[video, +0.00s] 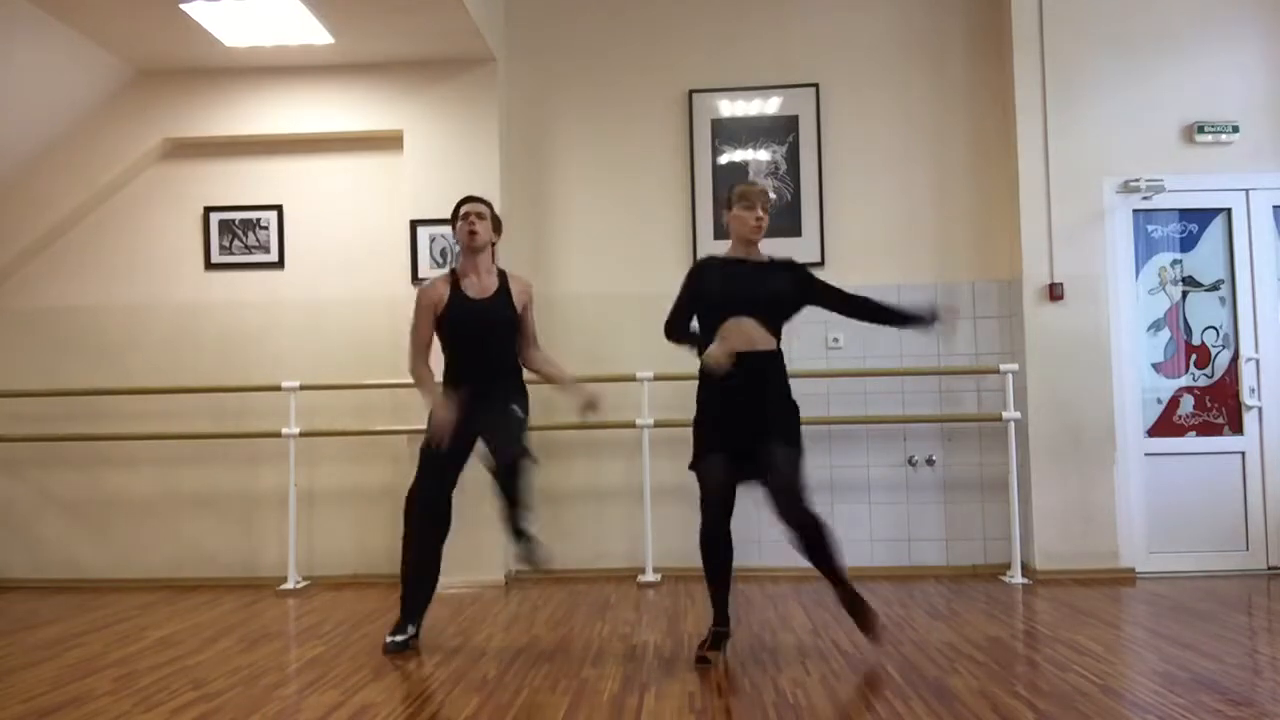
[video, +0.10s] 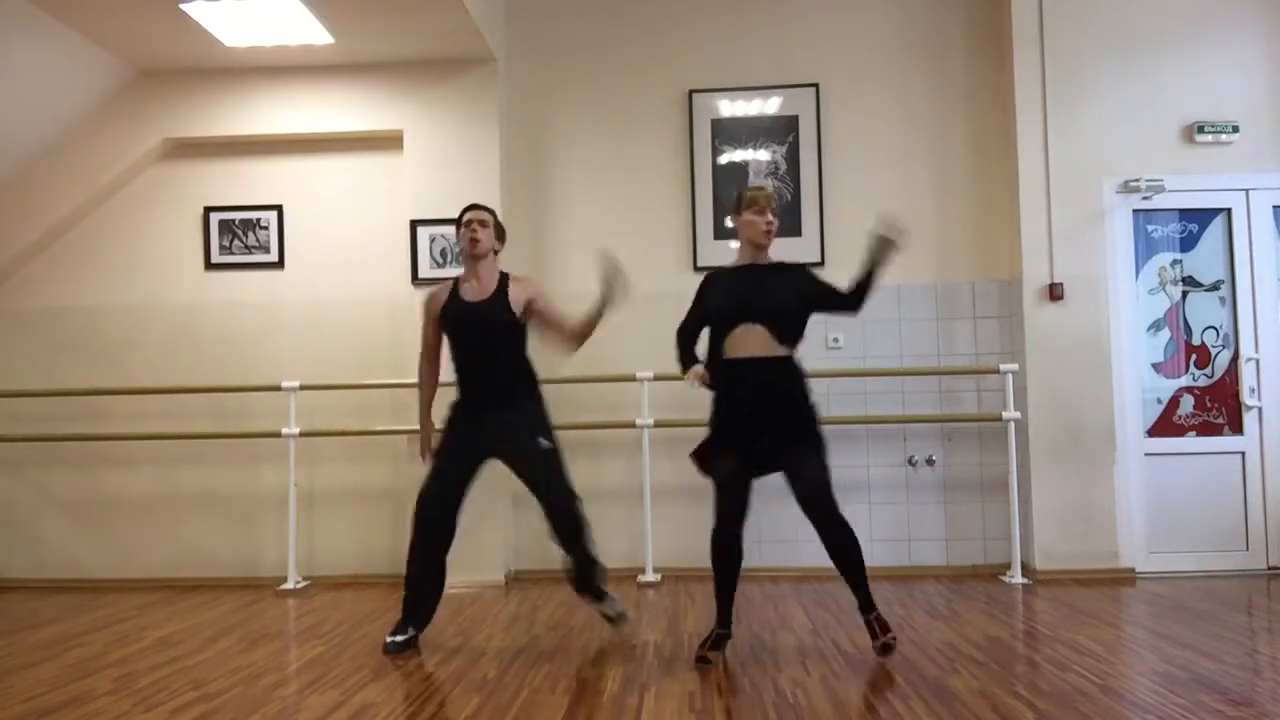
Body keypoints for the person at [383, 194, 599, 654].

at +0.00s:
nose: (470, 224)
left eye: (479, 218)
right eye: (464, 219)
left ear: (495, 233)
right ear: (454, 234)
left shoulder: (517, 289)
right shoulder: (435, 293)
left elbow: (532, 353)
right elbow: (419, 362)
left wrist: (576, 388)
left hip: (504, 399)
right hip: (456, 401)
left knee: (509, 456)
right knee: (426, 502)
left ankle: (522, 535)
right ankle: (409, 619)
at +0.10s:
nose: (471, 231)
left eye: (481, 225)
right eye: (465, 226)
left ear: (499, 240)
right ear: (458, 240)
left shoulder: (522, 291)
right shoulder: (440, 300)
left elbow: (573, 337)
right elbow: (430, 364)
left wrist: (602, 303)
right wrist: (425, 424)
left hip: (521, 417)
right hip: (470, 419)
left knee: (560, 501)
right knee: (432, 510)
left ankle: (590, 585)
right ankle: (413, 619)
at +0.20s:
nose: (491, 234)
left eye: (499, 227)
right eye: (484, 229)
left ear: (517, 240)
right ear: (476, 243)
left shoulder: (538, 272)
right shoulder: (474, 296)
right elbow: (452, 344)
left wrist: (594, 242)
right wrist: (434, 389)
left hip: (556, 415)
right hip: (507, 419)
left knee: (591, 513)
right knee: (464, 515)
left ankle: (622, 604)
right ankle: (420, 618)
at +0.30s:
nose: (522, 232)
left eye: (530, 225)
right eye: (514, 227)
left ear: (548, 237)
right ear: (507, 240)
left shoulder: (562, 278)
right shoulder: (506, 294)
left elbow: (579, 249)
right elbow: (484, 333)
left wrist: (582, 212)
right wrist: (455, 363)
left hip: (586, 408)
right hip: (539, 413)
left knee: (610, 509)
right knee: (510, 493)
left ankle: (624, 605)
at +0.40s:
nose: (561, 226)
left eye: (568, 220)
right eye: (554, 221)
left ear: (583, 228)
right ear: (544, 233)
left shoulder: (601, 277)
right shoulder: (539, 286)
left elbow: (581, 302)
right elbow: (514, 318)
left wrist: (543, 267)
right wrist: (488, 337)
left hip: (610, 403)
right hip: (565, 408)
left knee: (625, 505)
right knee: (595, 507)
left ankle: (624, 602)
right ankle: (659, 583)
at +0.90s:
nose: (609, 227)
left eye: (616, 220)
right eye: (602, 221)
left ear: (630, 228)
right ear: (591, 230)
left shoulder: (645, 277)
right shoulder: (582, 279)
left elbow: (616, 329)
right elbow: (554, 301)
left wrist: (570, 297)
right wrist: (525, 311)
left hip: (646, 403)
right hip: (602, 404)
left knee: (641, 506)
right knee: (606, 484)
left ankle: (627, 604)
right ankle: (672, 542)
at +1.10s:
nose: (618, 229)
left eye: (625, 223)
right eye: (610, 223)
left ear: (638, 231)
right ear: (599, 232)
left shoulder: (650, 283)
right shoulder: (591, 282)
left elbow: (660, 350)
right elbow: (558, 297)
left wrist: (605, 330)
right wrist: (541, 300)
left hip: (648, 410)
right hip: (602, 407)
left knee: (638, 512)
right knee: (591, 489)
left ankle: (626, 606)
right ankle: (666, 523)